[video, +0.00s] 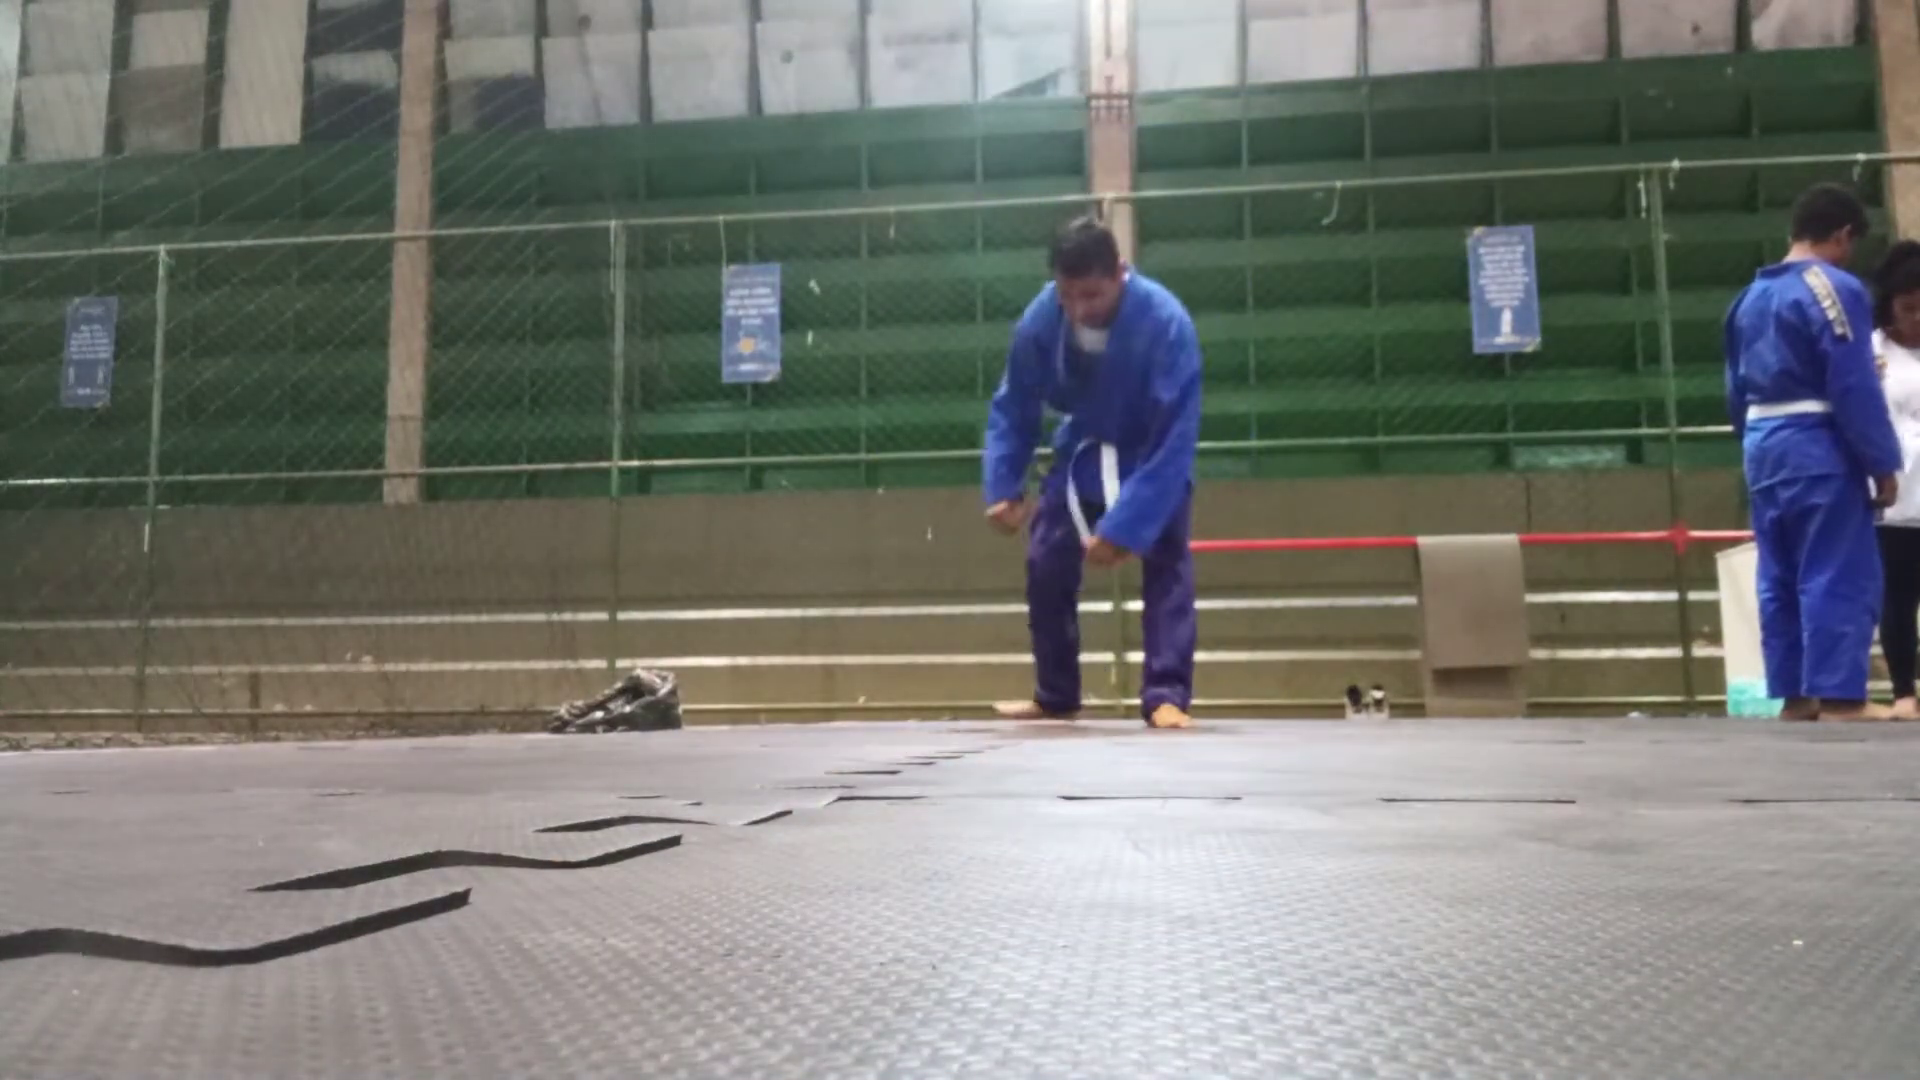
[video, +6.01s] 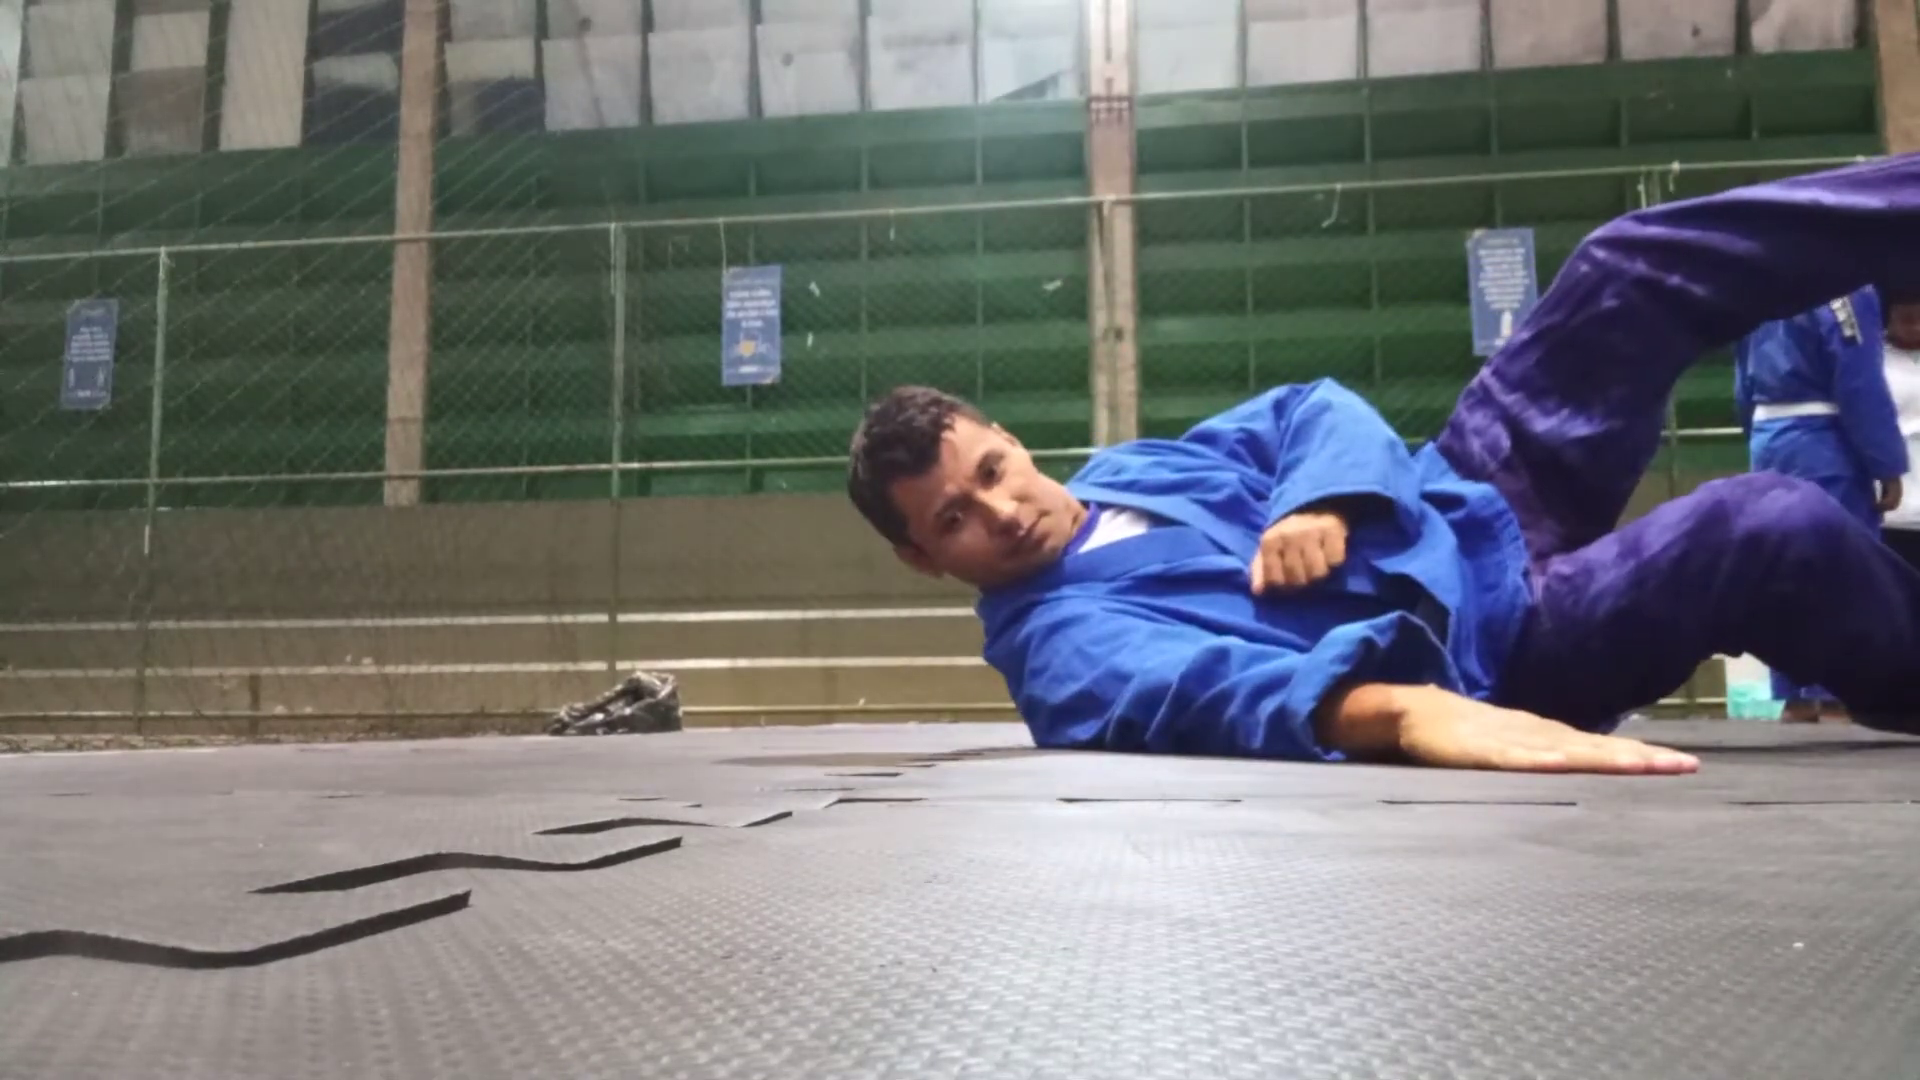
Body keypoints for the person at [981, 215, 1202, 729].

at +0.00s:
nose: (1082, 308)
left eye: (1093, 296)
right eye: (1070, 297)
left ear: (1120, 276)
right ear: (1056, 284)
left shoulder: (1165, 323)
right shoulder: (1042, 319)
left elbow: (1175, 440)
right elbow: (1014, 403)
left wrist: (1123, 526)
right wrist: (1003, 485)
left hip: (1151, 446)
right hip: (1081, 443)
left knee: (1167, 563)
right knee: (1046, 559)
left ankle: (1166, 698)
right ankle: (1055, 698)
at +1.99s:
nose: (1082, 480)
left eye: (1092, 469)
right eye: (1069, 473)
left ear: (1112, 428)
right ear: (1046, 450)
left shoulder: (1152, 397)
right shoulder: (1027, 445)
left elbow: (1175, 502)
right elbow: (1017, 555)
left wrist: (1095, 567)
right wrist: (1008, 682)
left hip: (1144, 485)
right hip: (1077, 495)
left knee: (1167, 567)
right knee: (1053, 574)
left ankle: (1150, 703)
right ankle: (1057, 700)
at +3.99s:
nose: (930, 621)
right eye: (928, 626)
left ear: (945, 725)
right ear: (935, 625)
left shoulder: (1058, 707)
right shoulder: (987, 558)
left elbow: (1219, 718)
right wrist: (943, 619)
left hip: (1278, 558)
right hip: (1216, 450)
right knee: (1094, 322)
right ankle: (1129, 165)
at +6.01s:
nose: (1007, 501)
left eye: (997, 466)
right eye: (963, 512)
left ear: (1016, 443)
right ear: (927, 563)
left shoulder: (1113, 475)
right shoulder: (1073, 653)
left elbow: (1316, 411)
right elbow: (1293, 698)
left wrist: (1317, 501)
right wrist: (1483, 726)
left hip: (1469, 487)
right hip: (1503, 641)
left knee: (1630, 260)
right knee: (1771, 524)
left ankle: (1906, 201)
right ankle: (1899, 682)